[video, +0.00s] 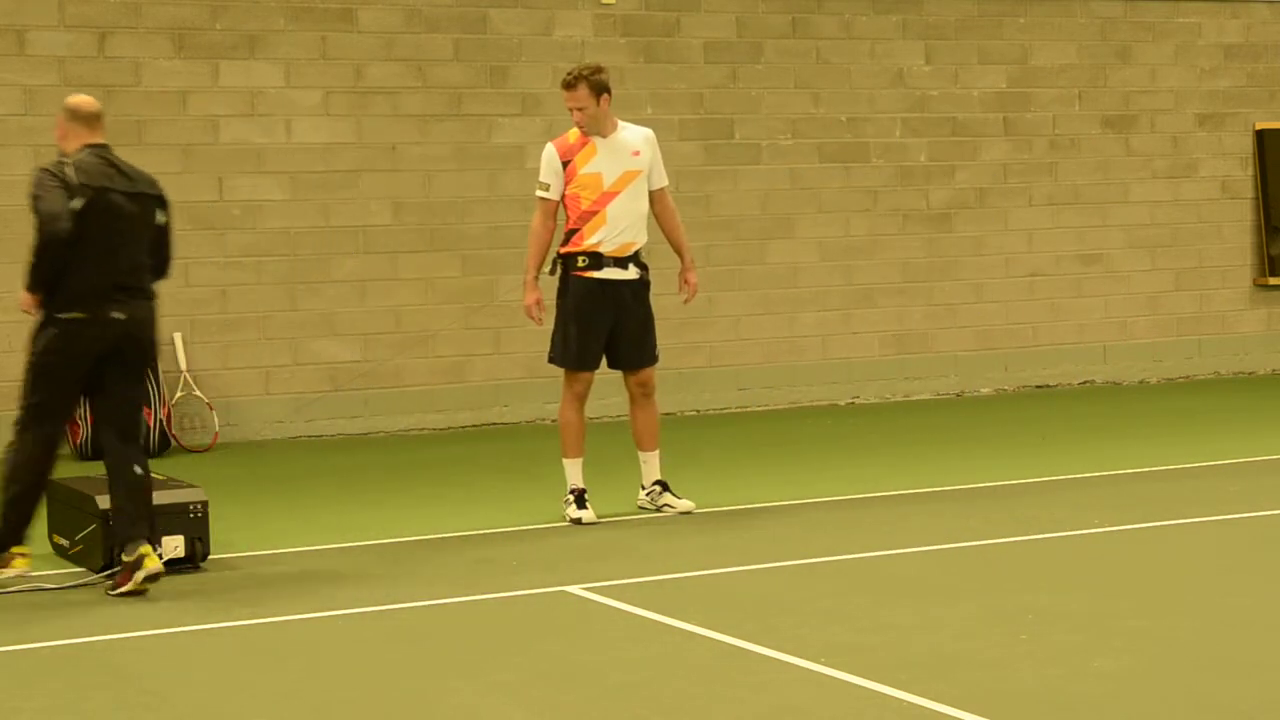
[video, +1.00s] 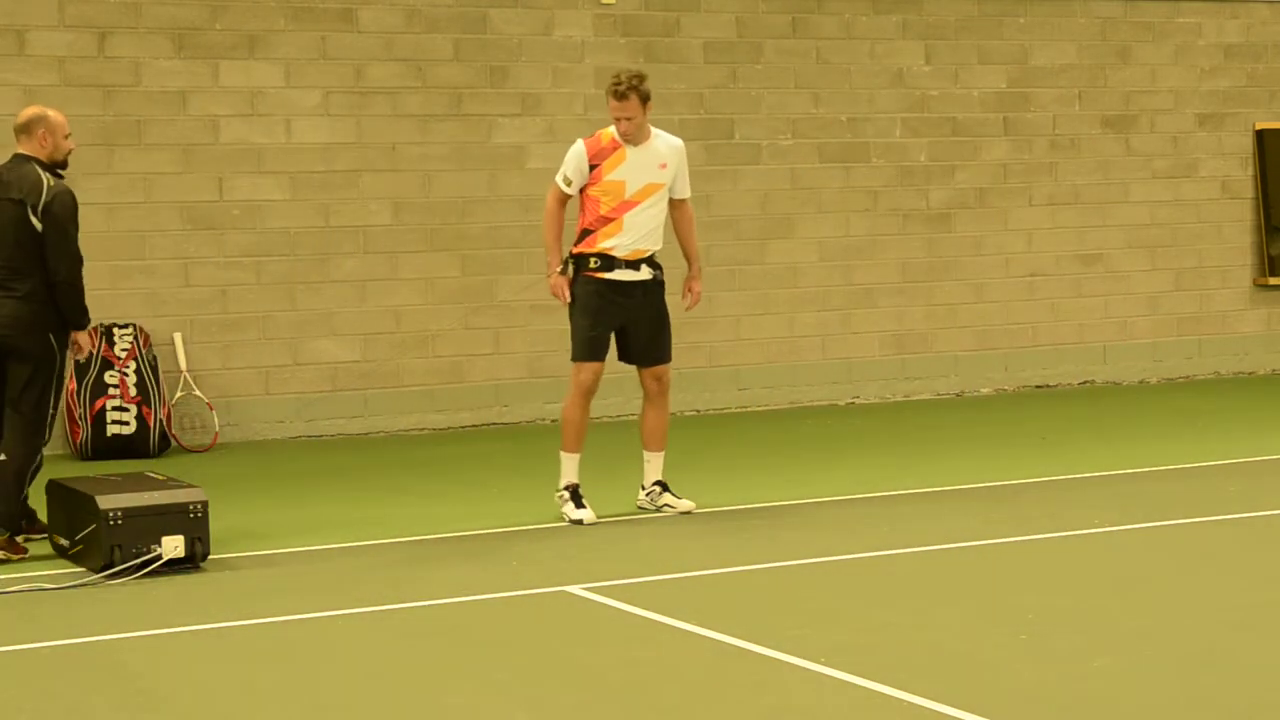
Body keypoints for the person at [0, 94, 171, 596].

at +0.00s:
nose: (56, 137)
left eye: (57, 130)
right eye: (59, 130)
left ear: (65, 129)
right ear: (102, 128)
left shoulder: (56, 175)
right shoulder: (146, 185)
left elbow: (56, 228)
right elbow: (158, 264)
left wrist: (36, 286)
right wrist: (109, 273)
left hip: (72, 327)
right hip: (133, 328)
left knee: (37, 434)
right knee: (123, 439)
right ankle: (138, 548)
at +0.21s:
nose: (17, 151)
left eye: (18, 145)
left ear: (22, 145)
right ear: (65, 144)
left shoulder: (9, 196)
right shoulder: (101, 200)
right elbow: (119, 279)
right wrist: (86, 318)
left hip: (14, 345)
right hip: (78, 346)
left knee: (7, 446)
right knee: (64, 436)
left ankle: (11, 555)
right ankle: (91, 500)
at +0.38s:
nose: (48, 142)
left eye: (18, 136)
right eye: (52, 134)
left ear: (8, 137)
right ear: (51, 135)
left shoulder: (0, 183)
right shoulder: (79, 191)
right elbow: (114, 257)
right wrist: (102, 314)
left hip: (5, 334)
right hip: (56, 334)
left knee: (8, 432)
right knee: (40, 421)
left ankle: (11, 547)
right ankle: (41, 499)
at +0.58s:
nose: (61, 149)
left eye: (61, 140)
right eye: (60, 140)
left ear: (14, 139)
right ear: (47, 138)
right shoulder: (67, 196)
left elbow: (96, 262)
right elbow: (97, 262)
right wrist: (111, 319)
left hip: (1, 333)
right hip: (39, 335)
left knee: (9, 427)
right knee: (26, 430)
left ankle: (5, 524)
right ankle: (6, 519)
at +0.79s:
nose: (67, 143)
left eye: (66, 134)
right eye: (63, 134)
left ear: (26, 134)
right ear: (43, 134)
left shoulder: (1, 176)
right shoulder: (57, 192)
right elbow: (69, 270)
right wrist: (90, 331)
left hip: (2, 328)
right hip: (32, 333)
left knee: (8, 429)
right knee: (25, 434)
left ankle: (6, 530)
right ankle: (6, 532)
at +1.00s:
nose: (72, 145)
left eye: (70, 136)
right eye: (66, 137)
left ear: (31, 137)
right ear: (42, 138)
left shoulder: (3, 178)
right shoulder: (53, 193)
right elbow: (64, 269)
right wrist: (78, 323)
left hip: (5, 322)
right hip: (32, 327)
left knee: (18, 422)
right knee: (26, 427)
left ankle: (20, 515)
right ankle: (4, 529)